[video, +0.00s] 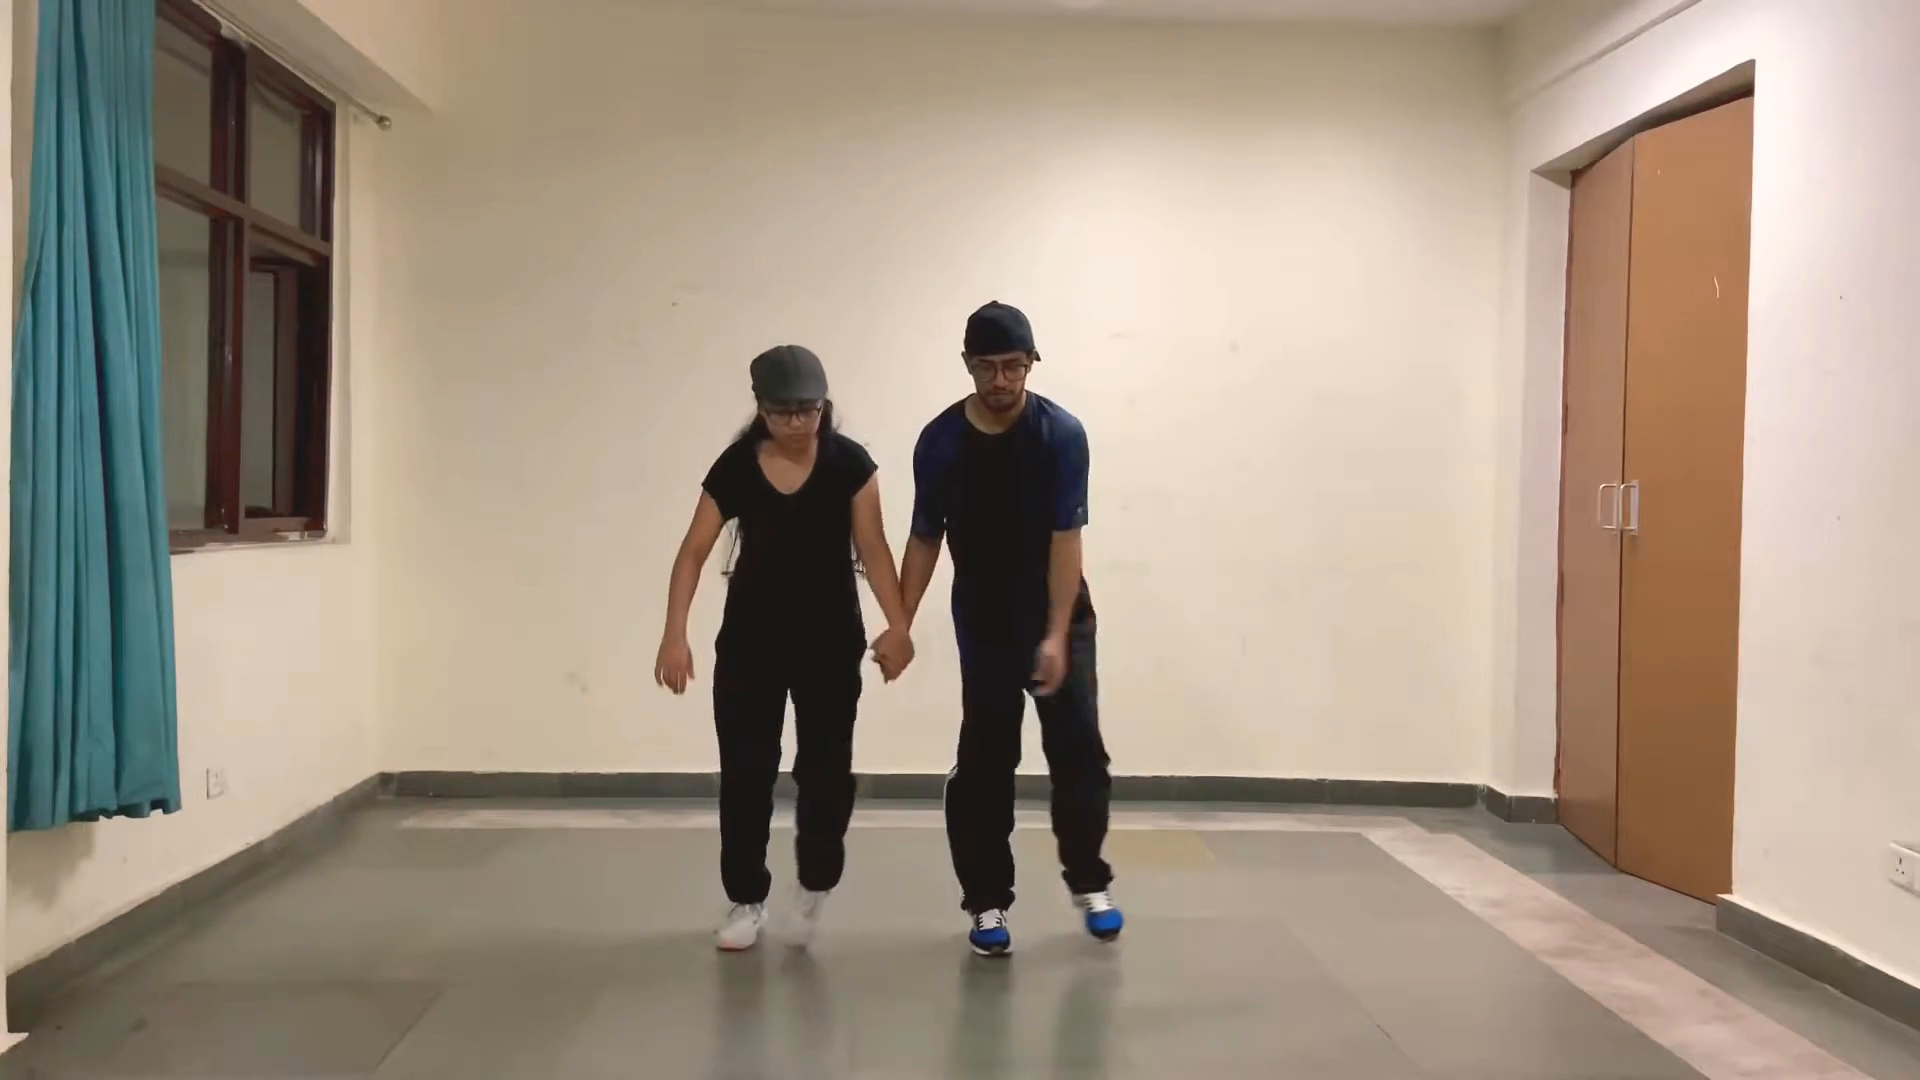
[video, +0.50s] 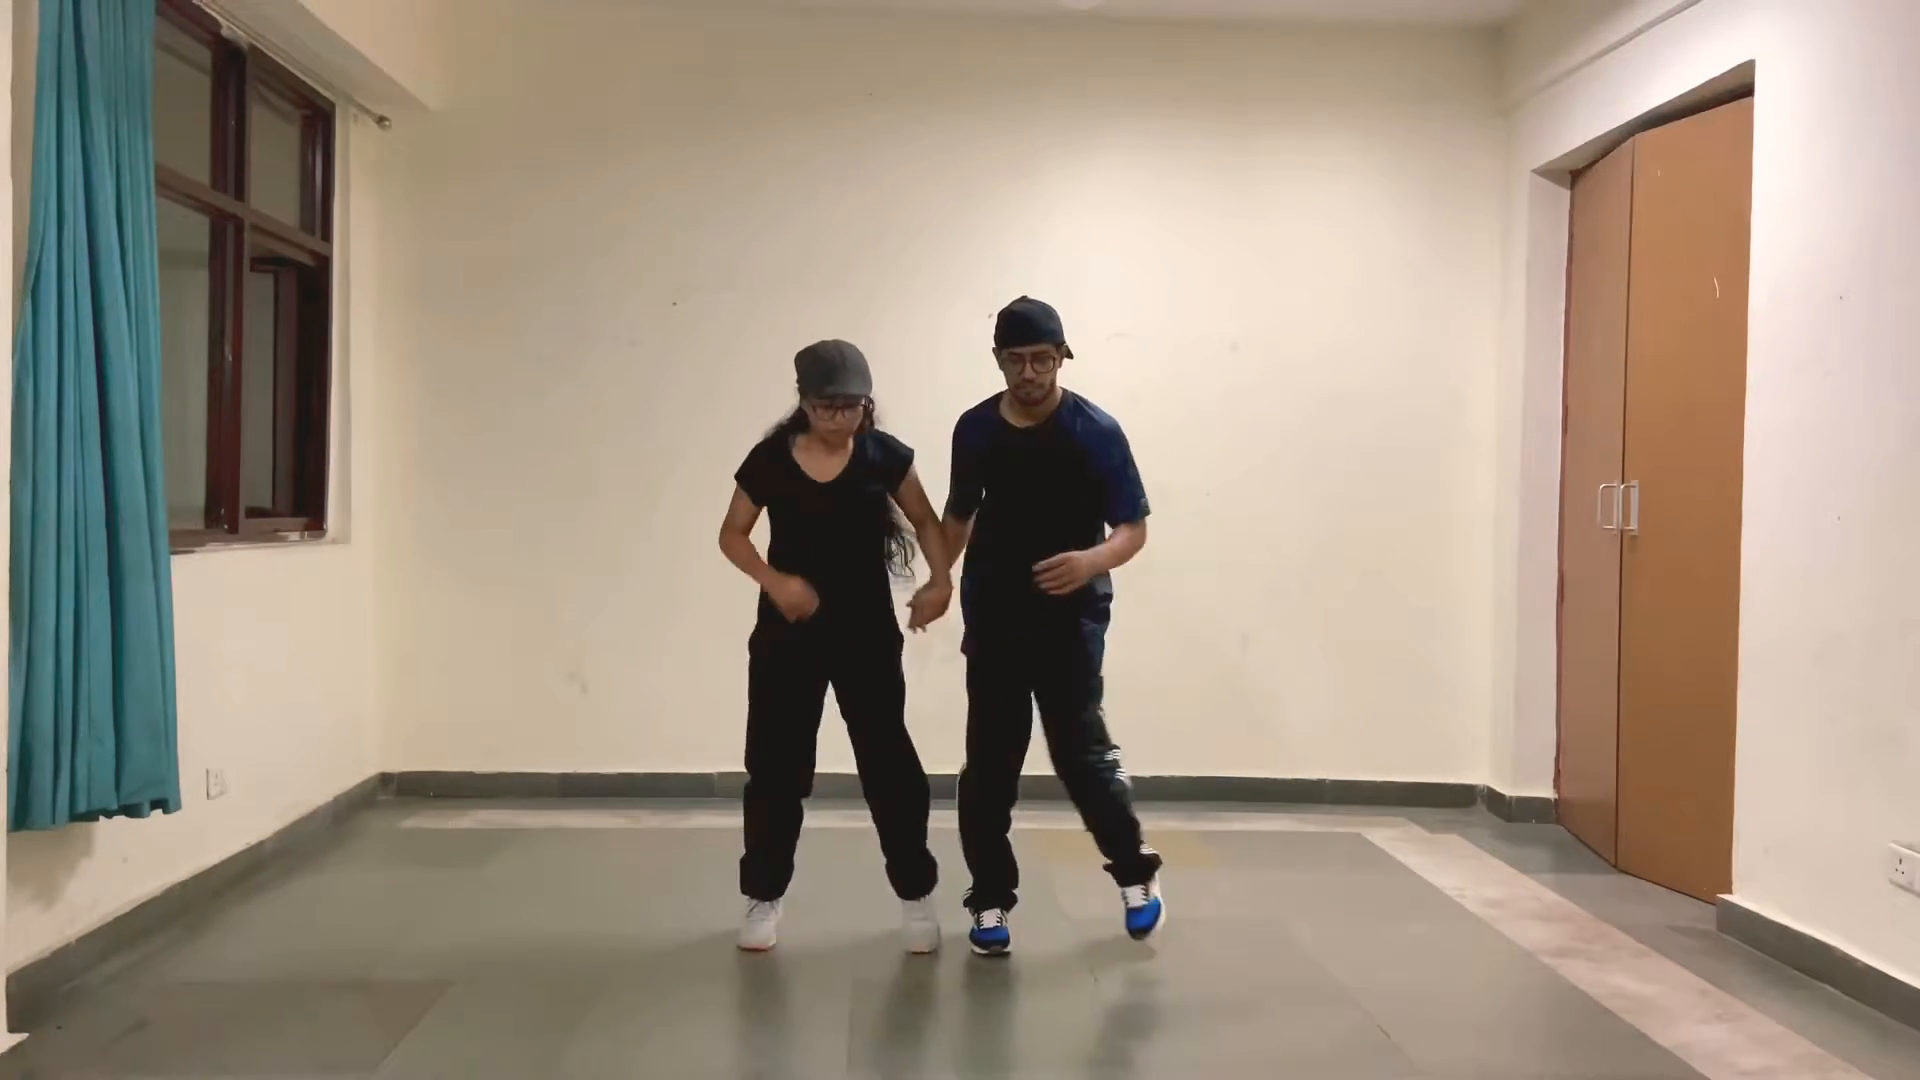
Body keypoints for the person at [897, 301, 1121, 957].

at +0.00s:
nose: (1001, 379)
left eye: (1013, 366)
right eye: (987, 366)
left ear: (1031, 364)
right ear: (969, 368)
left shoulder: (1061, 435)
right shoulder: (940, 442)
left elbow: (1066, 543)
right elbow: (923, 539)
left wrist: (1058, 633)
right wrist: (899, 626)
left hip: (1059, 611)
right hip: (985, 617)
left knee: (1078, 748)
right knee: (987, 756)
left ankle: (1089, 879)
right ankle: (987, 901)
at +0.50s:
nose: (1030, 371)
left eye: (1042, 359)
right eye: (1017, 359)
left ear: (1062, 359)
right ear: (999, 361)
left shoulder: (1096, 434)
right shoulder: (975, 431)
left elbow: (1133, 530)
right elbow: (958, 515)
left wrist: (1093, 561)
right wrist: (936, 583)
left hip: (1069, 619)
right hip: (993, 618)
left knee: (1081, 756)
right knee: (989, 765)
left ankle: (1134, 873)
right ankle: (990, 898)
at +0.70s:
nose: (1043, 370)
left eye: (1055, 357)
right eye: (1030, 358)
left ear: (1076, 356)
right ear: (1014, 361)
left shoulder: (1119, 433)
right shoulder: (999, 436)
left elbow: (1178, 505)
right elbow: (965, 531)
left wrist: (1196, 573)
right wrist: (923, 596)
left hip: (1063, 622)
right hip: (993, 615)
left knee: (1035, 764)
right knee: (978, 759)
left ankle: (1073, 904)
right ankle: (984, 899)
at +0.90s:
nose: (1059, 371)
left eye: (1071, 358)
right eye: (1046, 359)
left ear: (1091, 360)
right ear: (1027, 362)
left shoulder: (1126, 436)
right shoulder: (1003, 445)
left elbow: (1161, 532)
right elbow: (1002, 543)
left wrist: (1201, 630)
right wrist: (970, 628)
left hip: (1114, 636)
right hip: (1037, 635)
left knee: (1111, 777)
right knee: (1030, 767)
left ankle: (1089, 900)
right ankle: (1013, 890)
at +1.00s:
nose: (1062, 378)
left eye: (1075, 366)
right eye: (1049, 365)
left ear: (1094, 369)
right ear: (1030, 370)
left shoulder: (1130, 442)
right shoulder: (1008, 450)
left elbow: (1165, 537)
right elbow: (1012, 535)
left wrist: (1195, 628)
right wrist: (979, 610)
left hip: (1138, 626)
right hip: (1063, 632)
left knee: (1154, 769)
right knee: (1100, 760)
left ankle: (1111, 907)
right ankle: (1089, 903)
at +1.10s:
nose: (1067, 388)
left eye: (1080, 376)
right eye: (1054, 375)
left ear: (1099, 380)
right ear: (1033, 378)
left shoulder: (1138, 445)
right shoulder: (1016, 461)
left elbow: (1189, 522)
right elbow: (1025, 540)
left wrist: (1223, 607)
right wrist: (982, 603)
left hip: (1157, 643)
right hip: (1085, 651)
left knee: (1169, 793)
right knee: (1146, 793)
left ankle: (1094, 902)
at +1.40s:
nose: (1090, 381)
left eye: (1103, 369)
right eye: (1076, 367)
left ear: (1116, 373)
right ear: (1052, 368)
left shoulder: (1138, 444)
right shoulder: (1012, 450)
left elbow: (1203, 503)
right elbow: (984, 540)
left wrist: (1251, 540)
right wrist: (931, 600)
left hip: (1131, 626)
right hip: (1061, 631)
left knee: (1144, 776)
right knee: (1124, 770)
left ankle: (1077, 903)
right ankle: (1160, 932)